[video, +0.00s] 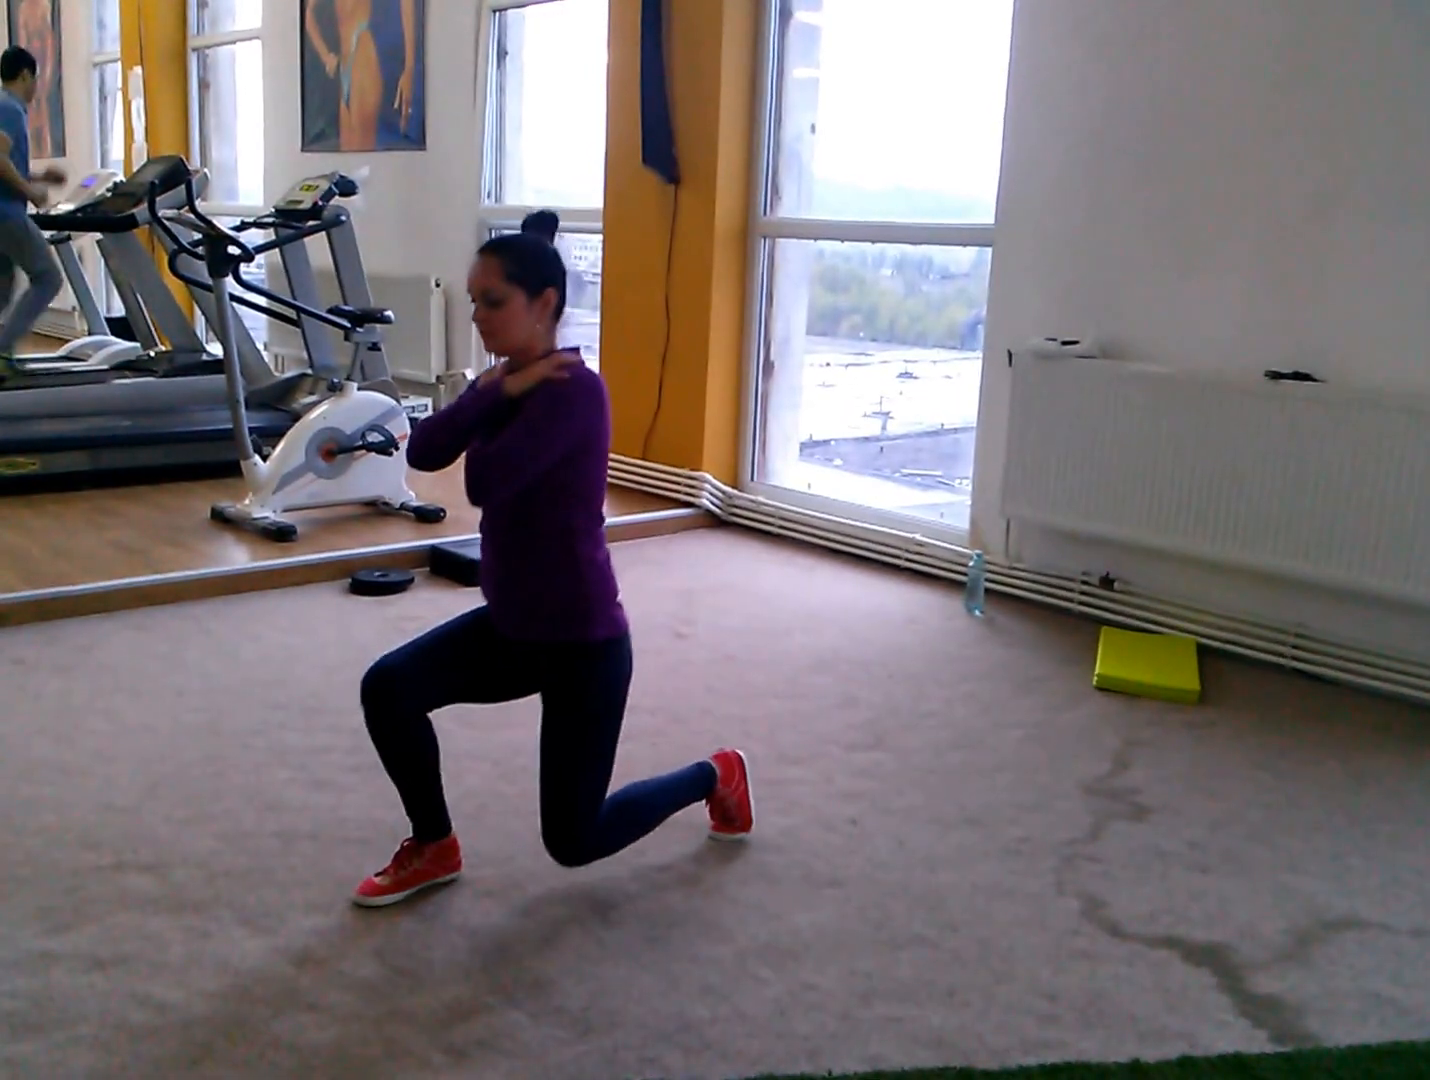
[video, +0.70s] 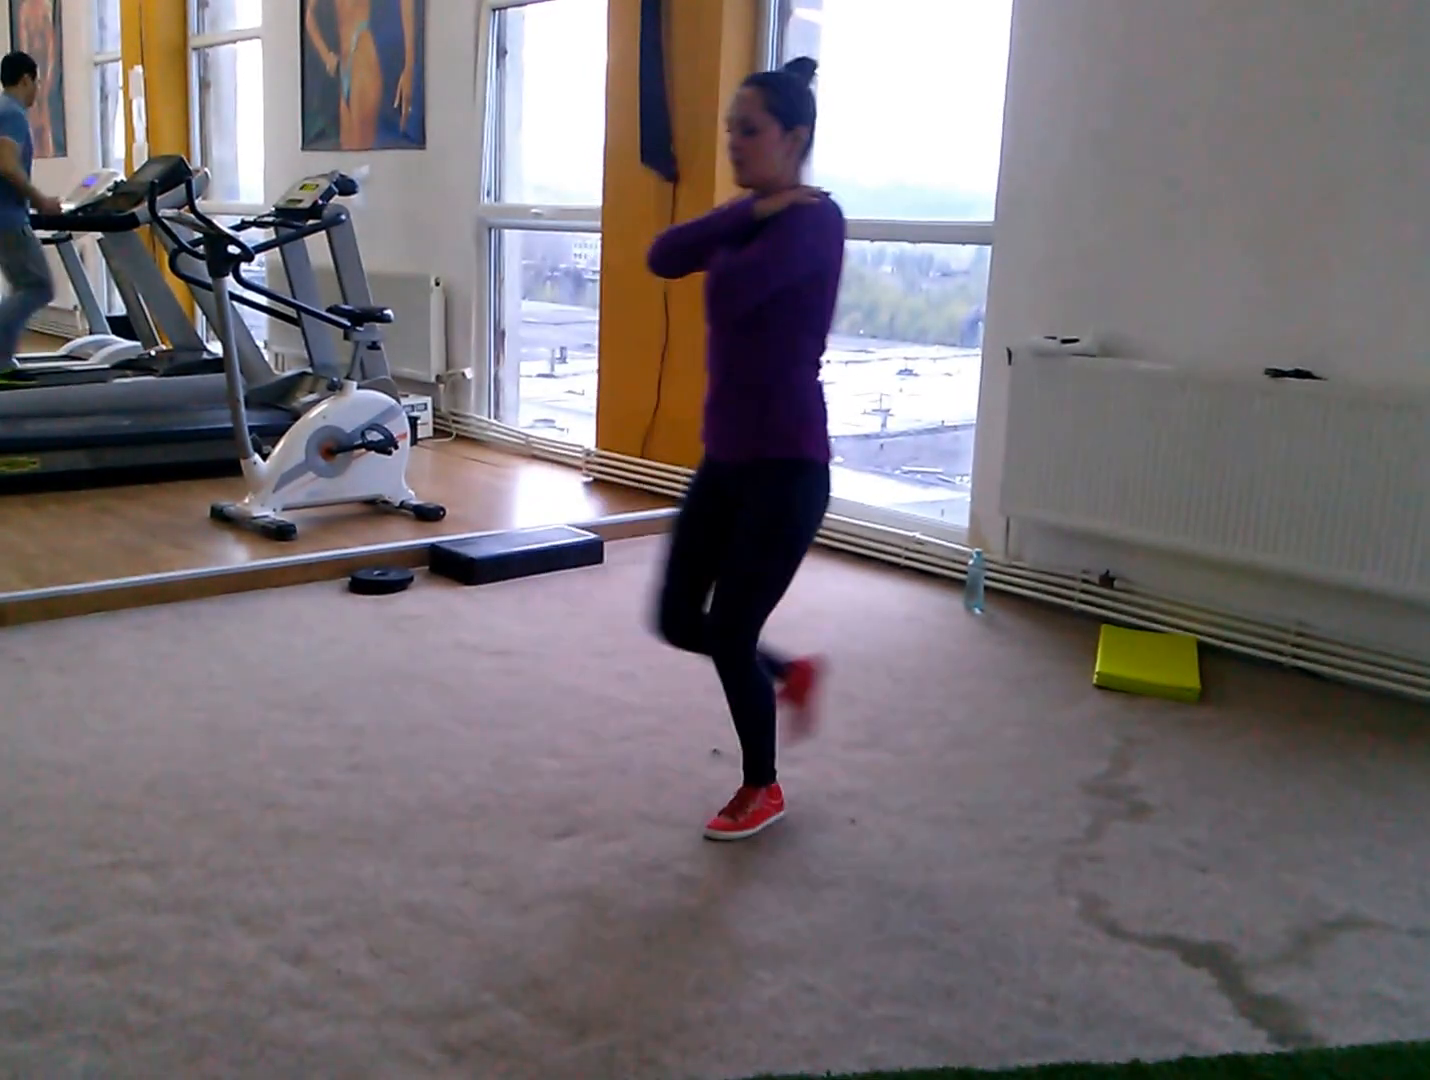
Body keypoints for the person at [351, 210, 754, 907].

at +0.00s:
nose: (478, 317)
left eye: (491, 301)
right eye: (475, 303)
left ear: (546, 304)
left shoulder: (576, 394)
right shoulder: (498, 386)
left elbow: (483, 486)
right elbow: (420, 453)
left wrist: (497, 401)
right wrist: (501, 386)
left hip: (584, 642)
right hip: (512, 628)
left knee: (572, 840)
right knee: (388, 689)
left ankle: (715, 777)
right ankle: (433, 844)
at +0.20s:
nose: (536, 254)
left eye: (553, 242)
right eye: (534, 240)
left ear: (602, 252)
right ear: (539, 249)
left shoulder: (621, 339)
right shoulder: (541, 335)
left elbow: (535, 427)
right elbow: (462, 386)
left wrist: (527, 355)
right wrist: (550, 335)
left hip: (621, 590)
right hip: (548, 579)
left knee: (602, 787)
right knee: (426, 672)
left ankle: (726, 771)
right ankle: (433, 843)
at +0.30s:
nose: (585, 216)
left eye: (602, 204)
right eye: (585, 203)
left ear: (652, 217)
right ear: (595, 214)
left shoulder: (671, 301)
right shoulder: (583, 295)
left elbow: (596, 370)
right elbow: (509, 339)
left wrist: (569, 313)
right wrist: (594, 292)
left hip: (651, 552)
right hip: (576, 544)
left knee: (629, 746)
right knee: (458, 665)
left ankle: (740, 769)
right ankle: (435, 841)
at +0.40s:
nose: (633, 183)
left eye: (648, 169)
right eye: (630, 170)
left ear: (698, 178)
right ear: (634, 178)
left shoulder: (720, 260)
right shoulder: (638, 259)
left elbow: (644, 332)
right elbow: (563, 297)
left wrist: (617, 273)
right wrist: (653, 253)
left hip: (694, 508)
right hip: (618, 500)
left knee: (658, 699)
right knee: (511, 643)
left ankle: (749, 771)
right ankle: (437, 811)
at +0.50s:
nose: (672, 164)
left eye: (688, 148)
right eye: (669, 150)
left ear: (739, 154)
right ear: (677, 157)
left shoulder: (760, 238)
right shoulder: (684, 237)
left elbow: (675, 304)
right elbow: (602, 268)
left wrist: (671, 242)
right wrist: (694, 226)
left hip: (731, 489)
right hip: (660, 481)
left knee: (689, 671)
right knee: (551, 606)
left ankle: (760, 780)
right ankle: (533, 778)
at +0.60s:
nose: (707, 149)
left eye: (722, 136)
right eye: (703, 136)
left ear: (771, 143)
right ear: (710, 142)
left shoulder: (791, 227)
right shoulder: (719, 224)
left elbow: (704, 298)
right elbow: (631, 260)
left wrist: (693, 245)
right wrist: (727, 217)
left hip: (763, 478)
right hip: (697, 470)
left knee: (715, 650)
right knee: (600, 597)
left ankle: (762, 787)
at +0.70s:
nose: (731, 143)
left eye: (747, 130)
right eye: (729, 130)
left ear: (795, 137)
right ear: (736, 137)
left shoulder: (817, 220)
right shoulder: (743, 221)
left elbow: (738, 289)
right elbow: (662, 258)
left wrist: (721, 235)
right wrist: (750, 212)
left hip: (789, 469)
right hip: (725, 462)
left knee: (733, 631)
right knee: (675, 617)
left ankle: (761, 786)